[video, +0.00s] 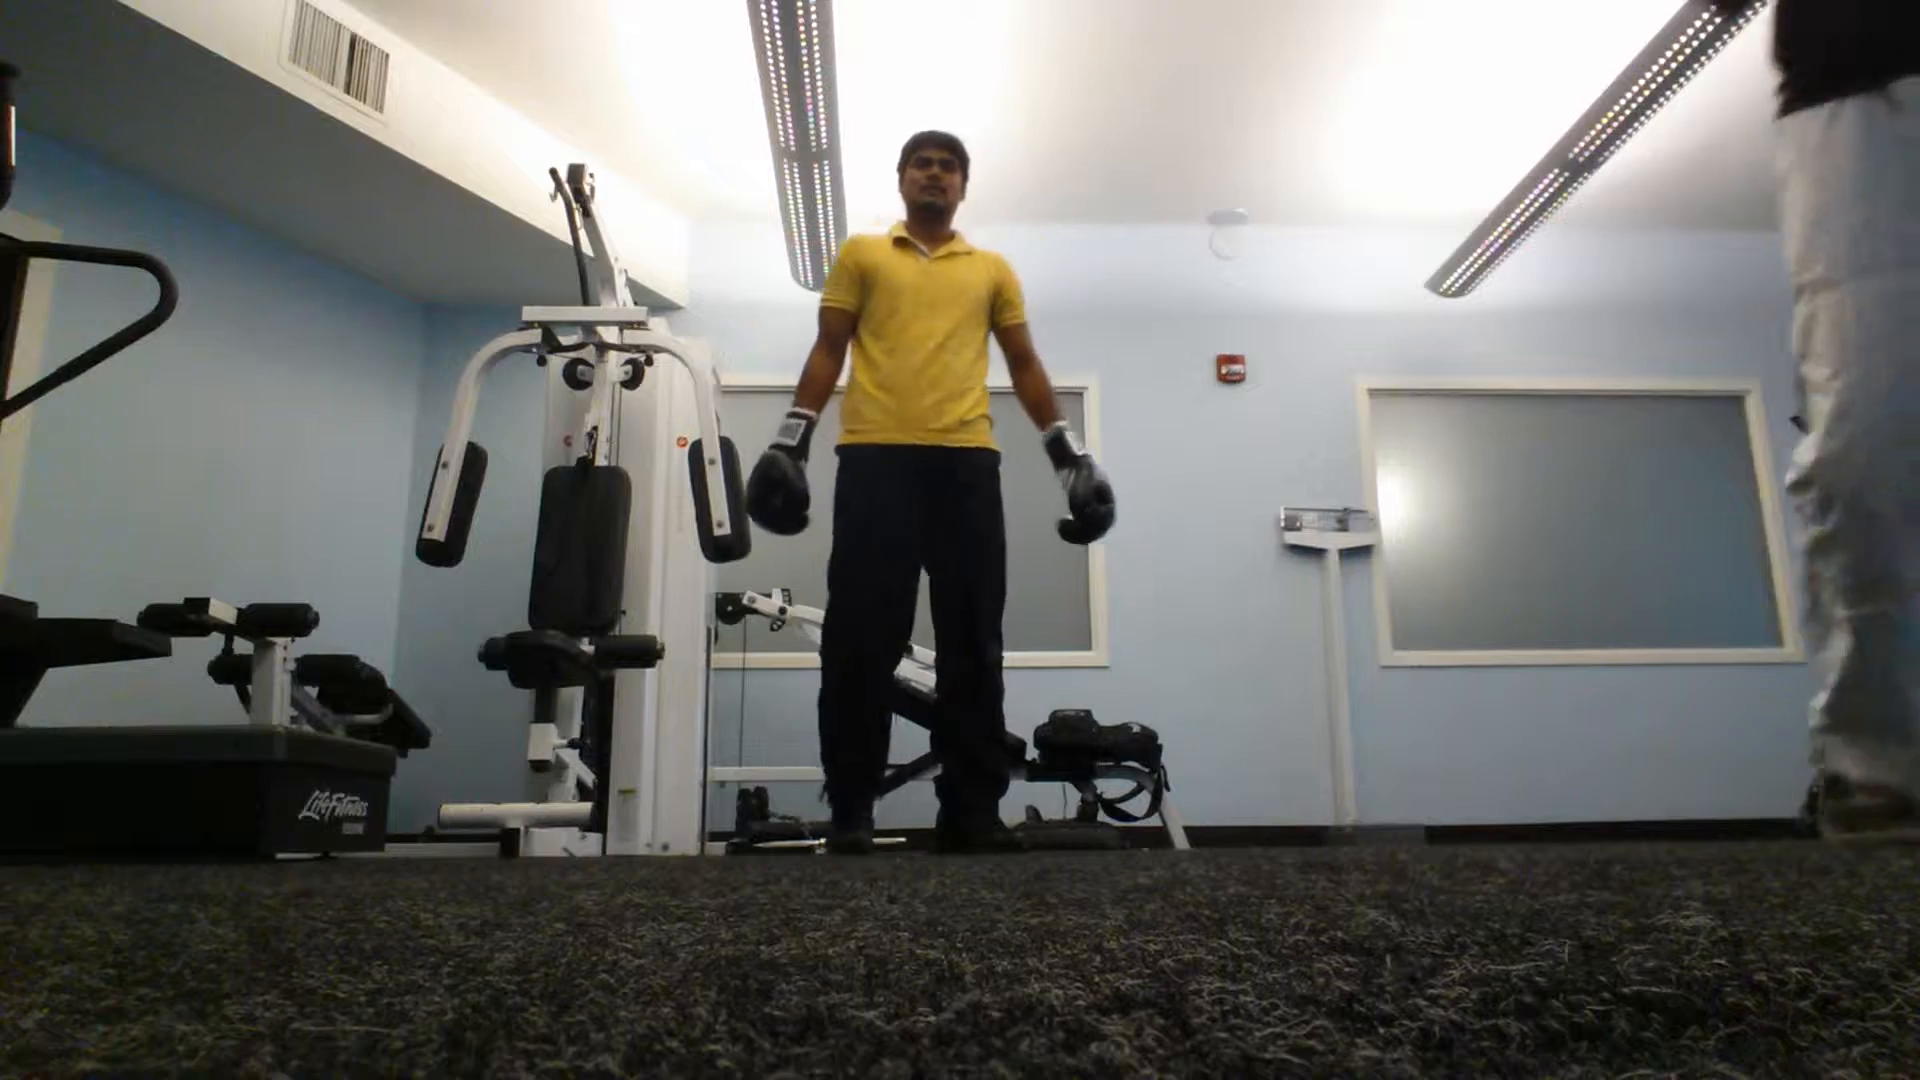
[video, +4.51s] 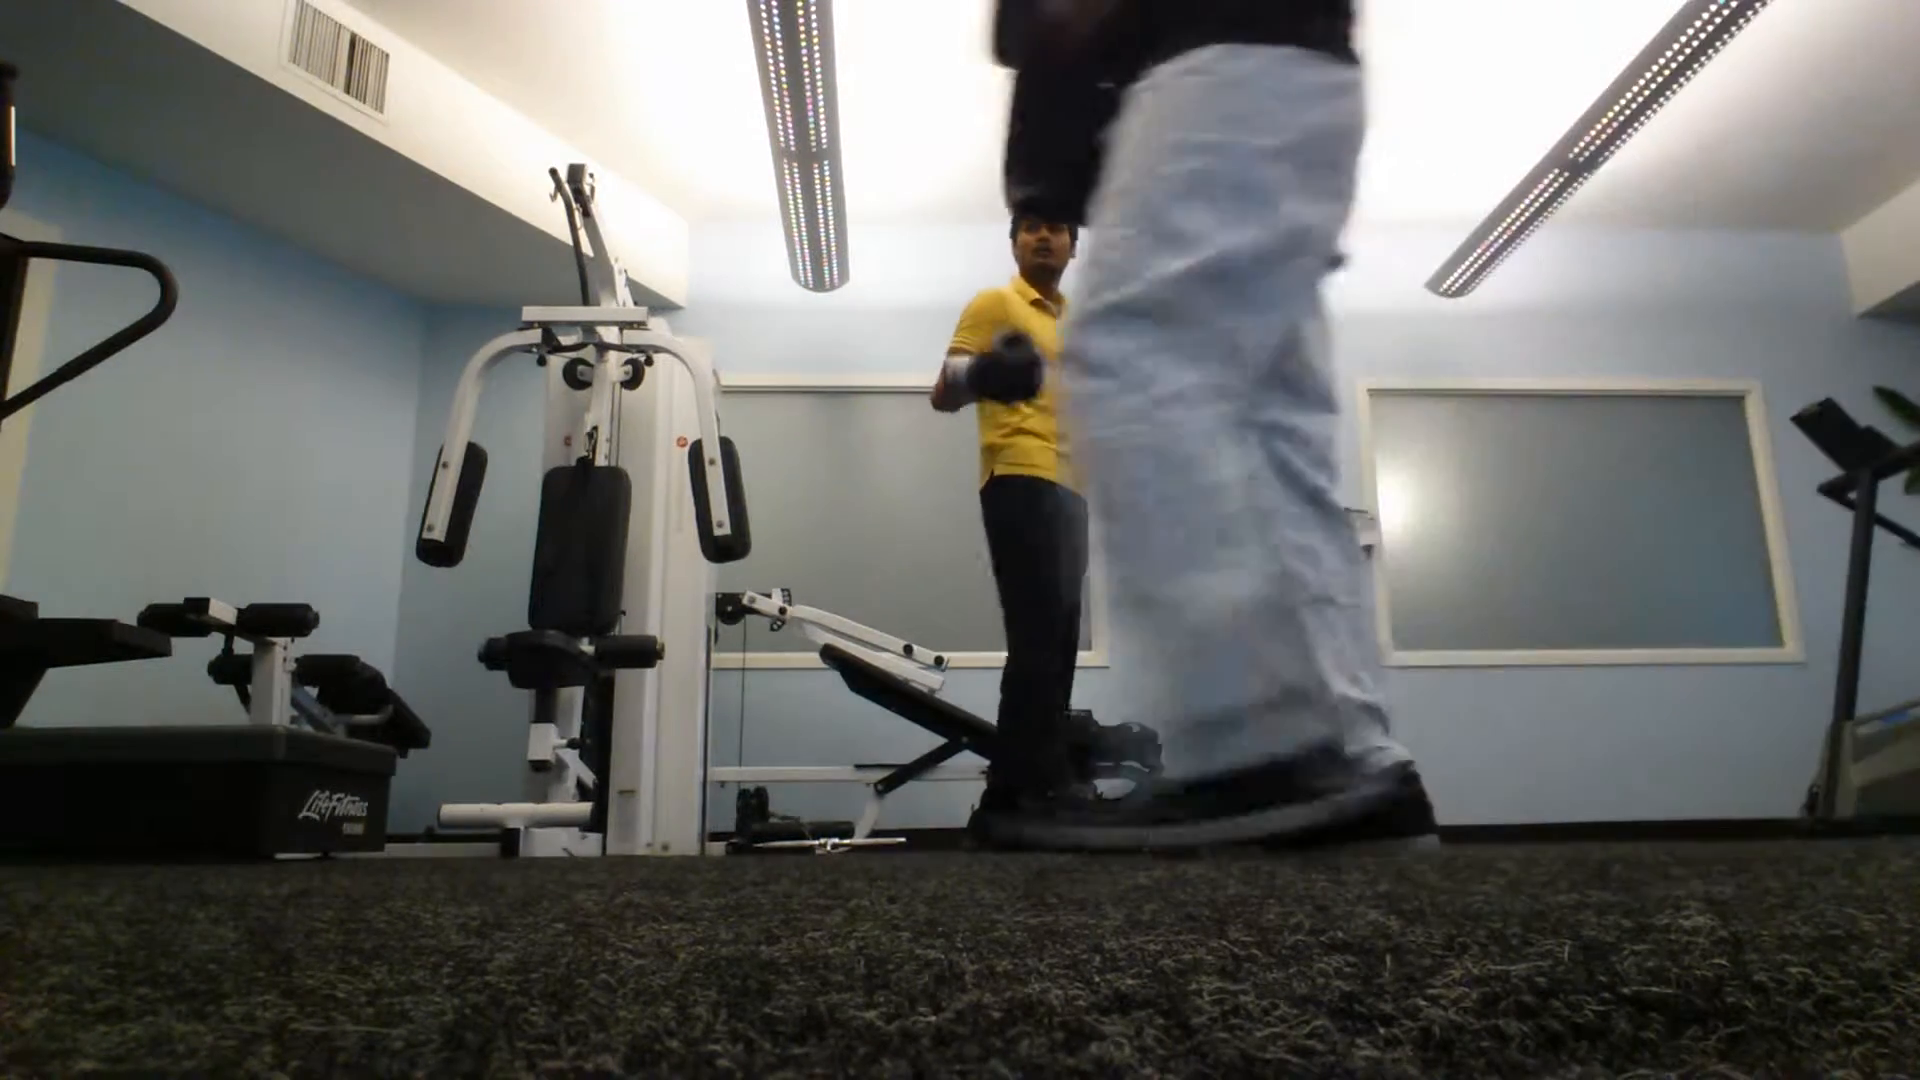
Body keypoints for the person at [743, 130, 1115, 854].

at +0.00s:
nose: (934, 175)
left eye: (947, 166)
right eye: (921, 165)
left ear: (964, 185)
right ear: (900, 180)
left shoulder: (990, 270)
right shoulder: (863, 256)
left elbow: (1026, 364)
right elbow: (828, 349)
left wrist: (1069, 456)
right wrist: (789, 443)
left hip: (966, 464)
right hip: (876, 463)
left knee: (973, 637)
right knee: (862, 635)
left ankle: (972, 813)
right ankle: (851, 812)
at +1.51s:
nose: (971, 260)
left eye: (975, 252)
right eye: (959, 250)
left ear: (975, 264)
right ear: (923, 256)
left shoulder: (978, 344)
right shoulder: (904, 314)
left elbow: (989, 432)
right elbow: (876, 396)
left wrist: (1020, 517)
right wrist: (886, 482)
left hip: (969, 504)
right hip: (926, 496)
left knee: (960, 649)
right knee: (949, 646)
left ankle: (937, 810)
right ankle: (917, 812)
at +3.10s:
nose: (1029, 205)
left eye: (1038, 198)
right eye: (1016, 195)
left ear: (1047, 214)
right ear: (987, 207)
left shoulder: (1035, 293)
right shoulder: (963, 267)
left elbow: (1036, 391)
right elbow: (916, 356)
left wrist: (1077, 462)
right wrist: (950, 399)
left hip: (1042, 468)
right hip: (993, 462)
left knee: (1064, 634)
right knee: (1009, 628)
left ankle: (1008, 792)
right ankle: (995, 804)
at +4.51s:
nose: (1043, 239)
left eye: (1055, 229)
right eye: (1030, 228)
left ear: (1073, 244)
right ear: (1013, 240)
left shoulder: (1071, 319)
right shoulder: (994, 304)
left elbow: (1086, 394)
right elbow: (943, 394)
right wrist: (985, 370)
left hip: (1066, 484)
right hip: (1018, 479)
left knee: (1060, 634)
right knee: (1039, 633)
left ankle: (1046, 783)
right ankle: (1015, 792)